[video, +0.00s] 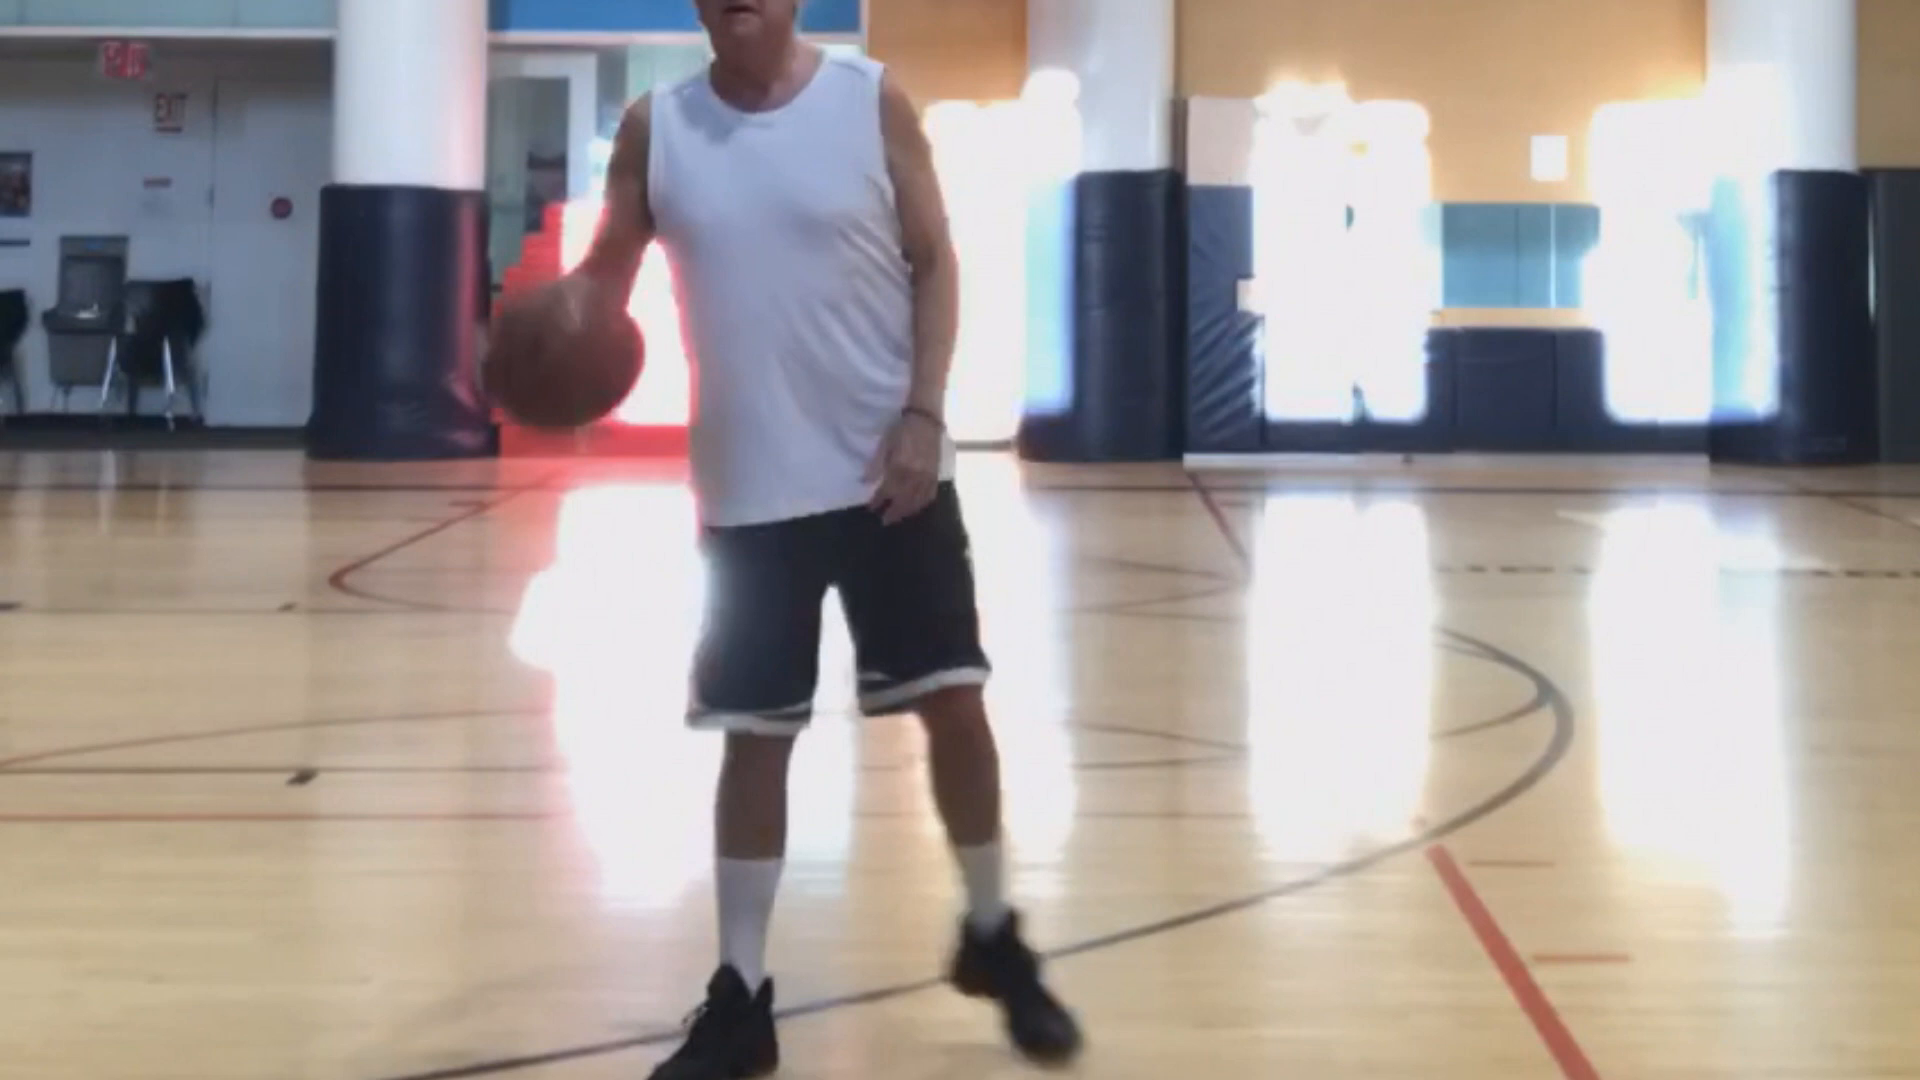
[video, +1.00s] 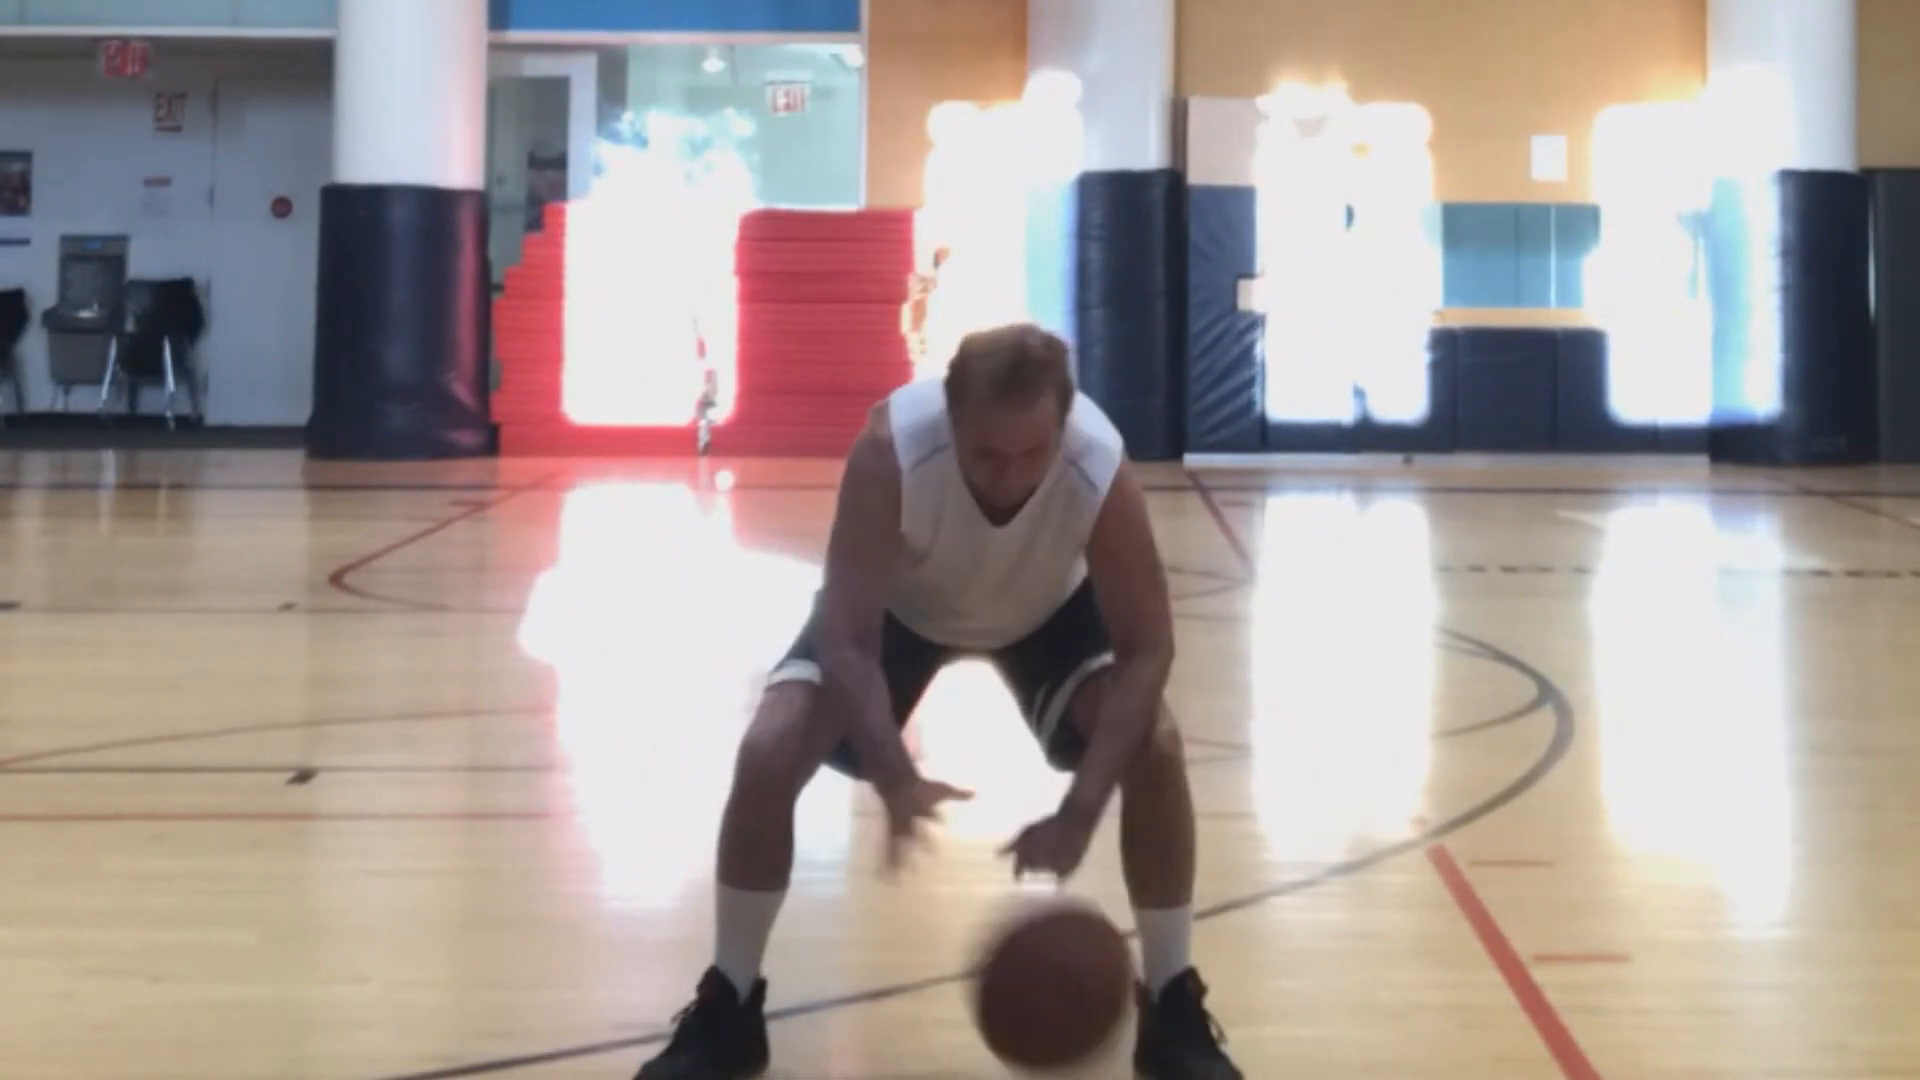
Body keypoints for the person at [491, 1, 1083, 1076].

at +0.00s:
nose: (736, 6)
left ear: (793, 3)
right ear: (697, 12)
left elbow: (933, 261)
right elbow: (599, 282)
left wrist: (925, 413)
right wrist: (543, 331)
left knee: (954, 702)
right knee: (756, 736)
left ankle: (991, 939)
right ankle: (739, 998)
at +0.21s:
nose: (830, 352)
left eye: (848, 327)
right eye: (807, 333)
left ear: (893, 297)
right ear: (778, 315)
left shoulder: (960, 376)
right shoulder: (751, 375)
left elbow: (1001, 545)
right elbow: (711, 540)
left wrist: (950, 702)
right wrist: (679, 698)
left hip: (984, 546)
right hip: (833, 554)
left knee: (1092, 731)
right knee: (746, 735)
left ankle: (1218, 978)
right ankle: (731, 1014)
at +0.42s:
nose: (932, 418)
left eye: (949, 391)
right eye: (908, 398)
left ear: (984, 370)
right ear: (877, 391)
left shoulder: (1048, 449)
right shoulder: (839, 465)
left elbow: (1123, 624)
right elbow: (818, 667)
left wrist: (1182, 793)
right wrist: (841, 850)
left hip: (1039, 616)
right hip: (896, 615)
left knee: (1125, 758)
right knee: (765, 739)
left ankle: (1175, 1028)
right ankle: (737, 1007)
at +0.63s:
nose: (981, 432)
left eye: (1000, 406)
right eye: (958, 409)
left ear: (1035, 391)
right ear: (925, 394)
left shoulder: (1086, 463)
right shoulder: (873, 451)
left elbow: (1077, 656)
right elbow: (791, 626)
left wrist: (1003, 818)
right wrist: (705, 790)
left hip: (1048, 615)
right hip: (899, 609)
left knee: (1146, 749)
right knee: (774, 756)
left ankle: (1175, 1007)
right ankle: (731, 1010)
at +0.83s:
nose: (992, 449)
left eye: (1017, 428)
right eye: (973, 423)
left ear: (1053, 417)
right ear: (946, 405)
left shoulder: (1093, 507)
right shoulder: (883, 464)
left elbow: (1120, 719)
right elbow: (806, 653)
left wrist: (1113, 893)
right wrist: (852, 825)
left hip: (1051, 650)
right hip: (900, 642)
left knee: (1161, 763)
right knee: (761, 762)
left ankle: (1171, 1008)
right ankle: (729, 1010)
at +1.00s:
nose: (1009, 476)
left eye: (1032, 454)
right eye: (988, 454)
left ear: (1062, 428)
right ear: (953, 425)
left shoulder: (1097, 466)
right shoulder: (891, 449)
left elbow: (1148, 648)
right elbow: (845, 639)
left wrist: (1078, 815)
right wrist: (894, 773)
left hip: (1045, 609)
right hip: (900, 608)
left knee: (1150, 743)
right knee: (765, 755)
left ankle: (1174, 1009)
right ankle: (729, 1008)